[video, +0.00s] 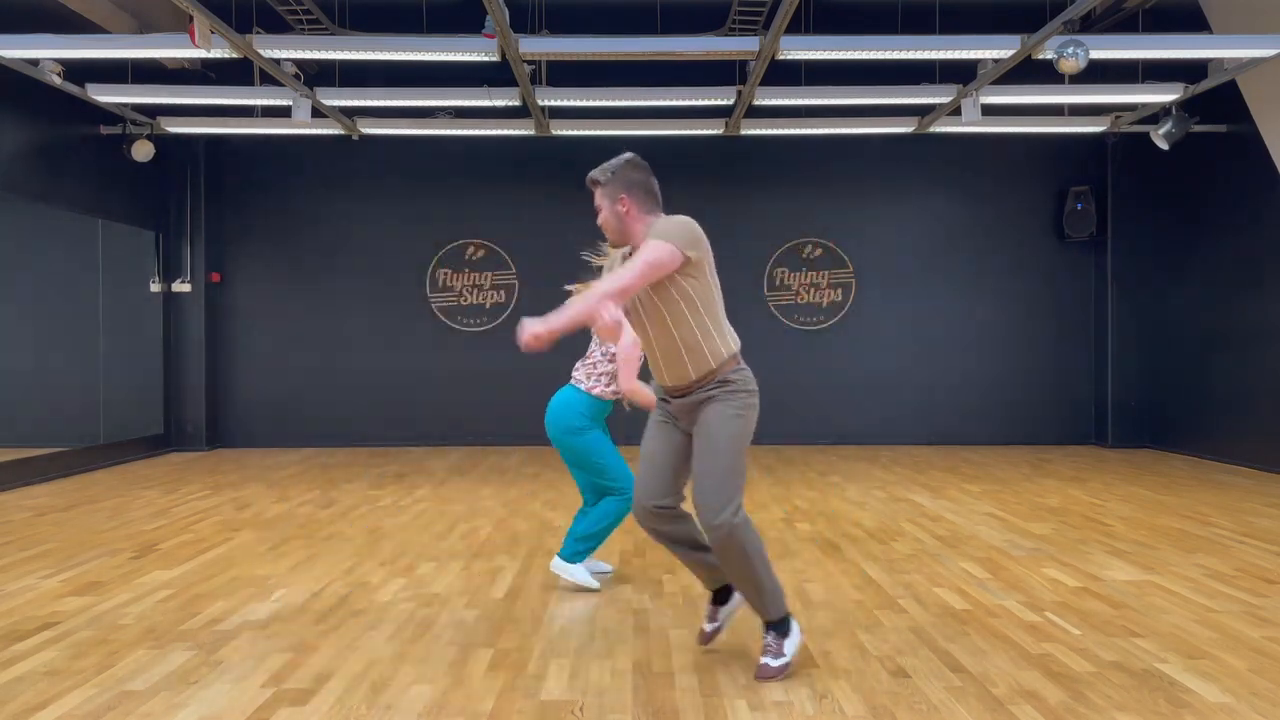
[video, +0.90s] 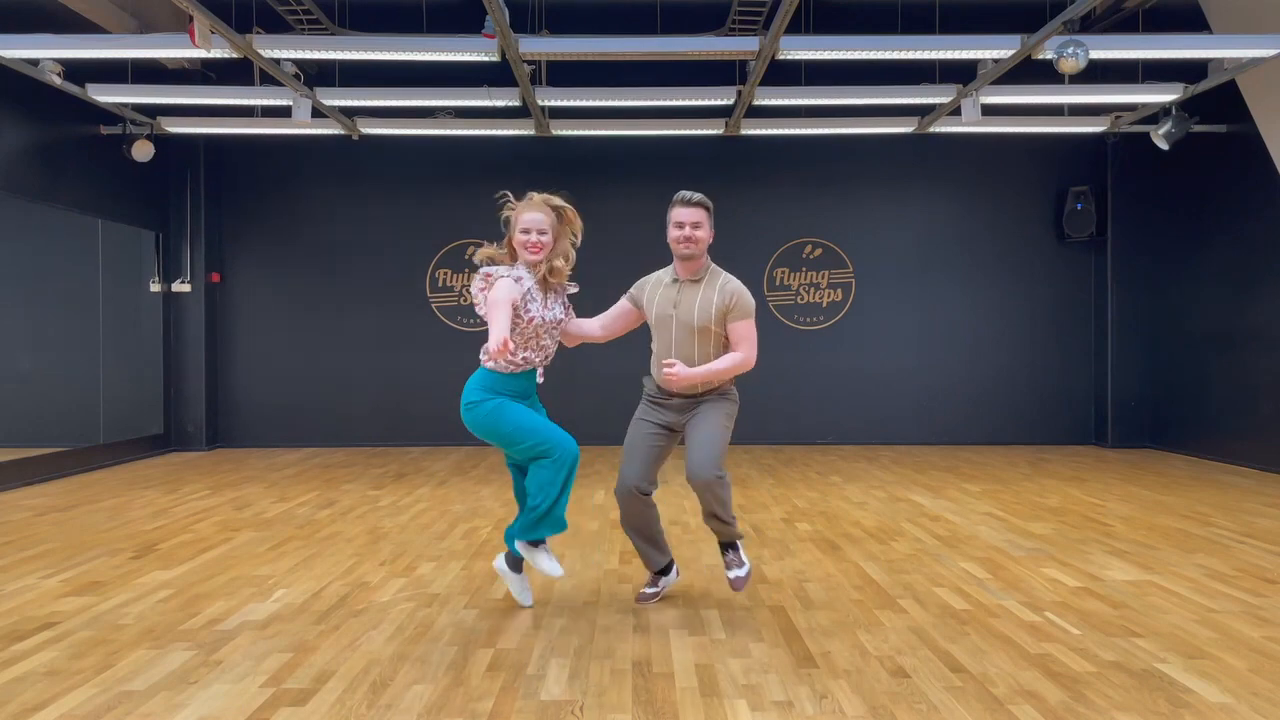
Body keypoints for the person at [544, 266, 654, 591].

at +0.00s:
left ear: (623, 288)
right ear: (638, 294)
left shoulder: (610, 318)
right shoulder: (631, 329)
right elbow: (628, 386)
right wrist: (663, 405)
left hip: (569, 408)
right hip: (578, 415)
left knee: (596, 495)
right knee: (624, 490)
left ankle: (576, 554)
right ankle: (570, 558)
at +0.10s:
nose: (634, 276)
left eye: (638, 269)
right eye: (623, 270)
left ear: (647, 276)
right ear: (608, 282)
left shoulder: (628, 319)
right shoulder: (610, 318)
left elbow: (614, 374)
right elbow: (599, 368)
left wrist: (621, 415)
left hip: (583, 408)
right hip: (571, 410)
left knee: (601, 494)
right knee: (613, 500)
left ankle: (587, 556)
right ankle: (563, 566)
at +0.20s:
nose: (621, 247)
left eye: (626, 241)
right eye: (611, 241)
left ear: (635, 251)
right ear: (597, 252)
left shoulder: (621, 295)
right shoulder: (599, 283)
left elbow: (604, 342)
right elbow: (566, 302)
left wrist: (627, 365)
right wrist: (532, 320)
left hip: (586, 396)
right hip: (571, 396)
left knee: (589, 478)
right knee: (588, 480)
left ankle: (588, 556)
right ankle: (562, 563)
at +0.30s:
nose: (606, 227)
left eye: (614, 221)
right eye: (598, 221)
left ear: (625, 230)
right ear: (586, 230)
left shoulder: (615, 275)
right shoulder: (584, 265)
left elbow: (616, 310)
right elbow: (538, 261)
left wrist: (652, 325)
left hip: (574, 374)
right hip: (564, 375)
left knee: (568, 460)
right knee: (598, 460)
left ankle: (554, 541)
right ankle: (551, 540)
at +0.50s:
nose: (579, 253)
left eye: (587, 245)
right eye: (570, 245)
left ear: (603, 253)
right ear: (561, 254)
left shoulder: (607, 300)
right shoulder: (559, 296)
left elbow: (634, 326)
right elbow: (517, 317)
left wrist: (672, 304)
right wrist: (522, 267)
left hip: (562, 406)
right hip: (541, 404)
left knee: (582, 493)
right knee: (589, 490)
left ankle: (564, 588)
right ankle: (546, 590)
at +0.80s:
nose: (542, 236)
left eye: (551, 229)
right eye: (534, 229)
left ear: (567, 235)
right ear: (523, 235)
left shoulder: (569, 283)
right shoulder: (517, 280)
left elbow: (595, 328)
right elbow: (489, 344)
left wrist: (641, 302)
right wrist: (490, 319)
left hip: (535, 392)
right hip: (504, 391)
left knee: (570, 474)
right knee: (561, 472)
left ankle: (541, 574)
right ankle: (535, 577)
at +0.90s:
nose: (534, 239)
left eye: (543, 232)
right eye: (524, 232)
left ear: (557, 238)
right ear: (511, 238)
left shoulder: (554, 288)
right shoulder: (507, 281)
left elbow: (568, 334)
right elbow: (498, 307)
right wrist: (499, 337)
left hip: (525, 393)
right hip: (488, 396)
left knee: (531, 480)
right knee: (561, 449)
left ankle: (513, 560)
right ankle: (531, 536)